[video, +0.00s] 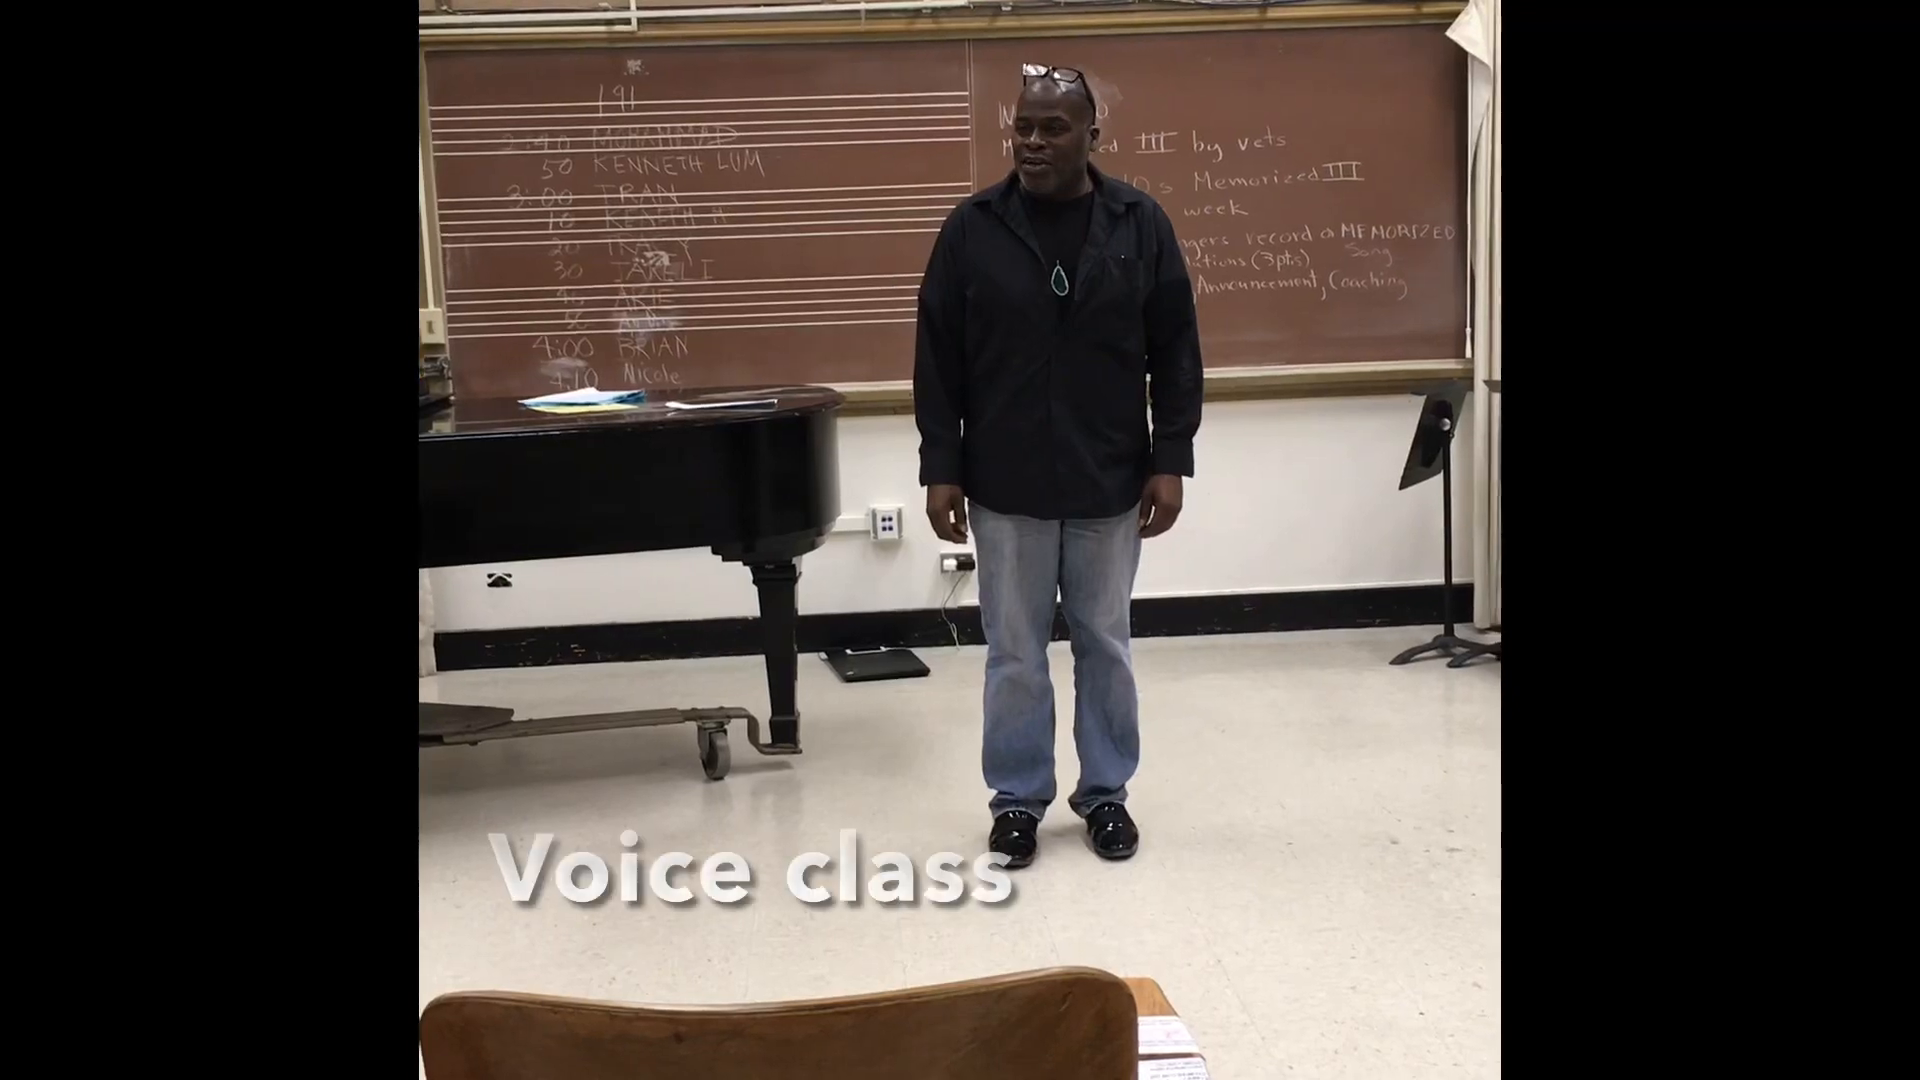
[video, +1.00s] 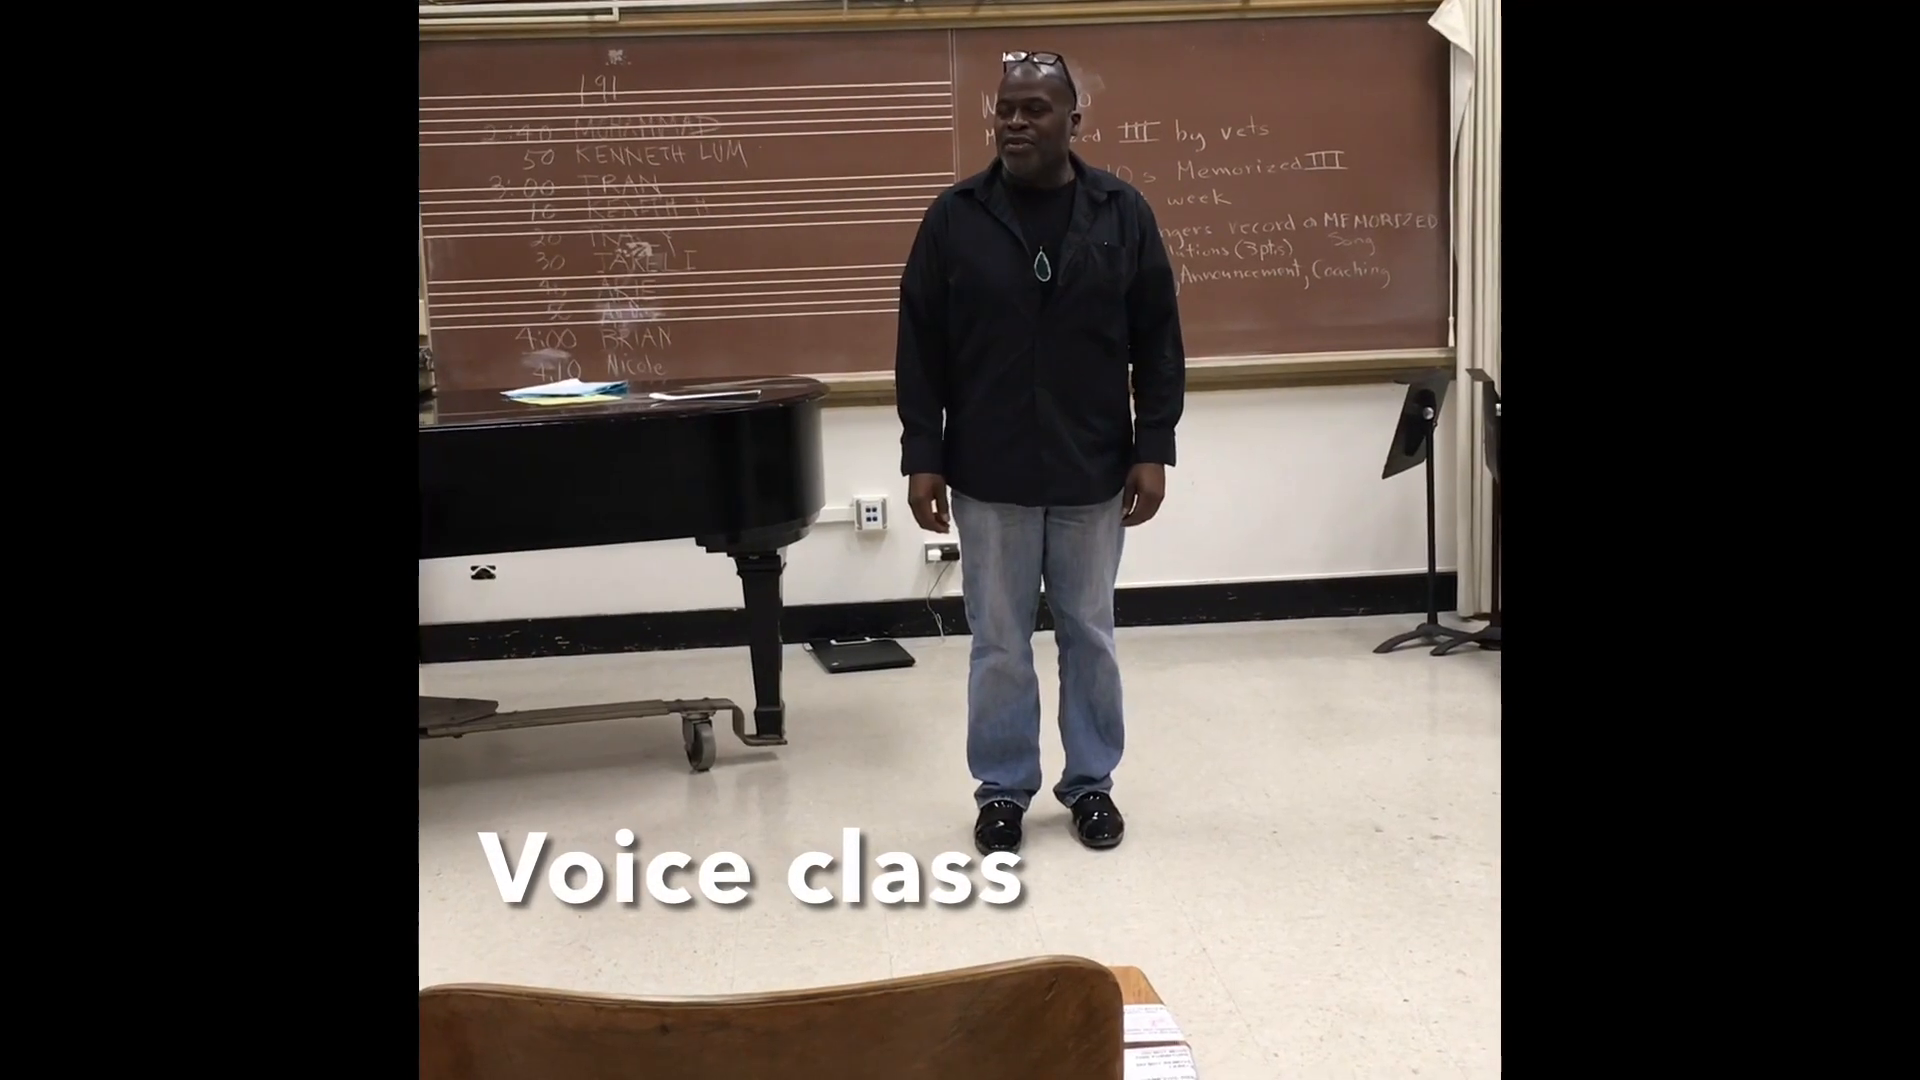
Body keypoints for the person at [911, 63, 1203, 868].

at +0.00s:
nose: (1033, 142)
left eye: (1051, 130)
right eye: (1023, 128)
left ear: (1092, 135)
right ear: (1010, 131)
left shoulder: (1139, 224)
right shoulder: (970, 229)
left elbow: (1176, 352)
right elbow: (938, 357)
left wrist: (1170, 463)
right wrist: (940, 470)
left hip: (1108, 474)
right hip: (1004, 476)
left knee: (1105, 644)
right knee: (1014, 651)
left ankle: (1106, 793)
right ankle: (1016, 800)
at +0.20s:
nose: (1029, 143)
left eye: (1048, 130)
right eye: (1019, 128)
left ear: (1088, 135)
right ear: (1006, 131)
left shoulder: (1135, 222)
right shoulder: (966, 226)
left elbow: (1172, 350)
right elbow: (934, 354)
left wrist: (1165, 461)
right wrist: (937, 467)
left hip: (1105, 471)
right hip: (1000, 474)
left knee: (1101, 642)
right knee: (1011, 649)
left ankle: (1102, 791)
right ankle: (1012, 798)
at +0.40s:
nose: (1024, 141)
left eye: (1042, 129)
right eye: (1014, 127)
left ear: (1083, 133)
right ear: (1002, 128)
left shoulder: (1129, 218)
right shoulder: (961, 224)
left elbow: (1167, 346)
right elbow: (929, 352)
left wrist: (1160, 458)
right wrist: (933, 465)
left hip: (1100, 469)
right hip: (995, 472)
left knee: (1097, 640)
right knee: (1007, 647)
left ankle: (1098, 789)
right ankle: (1007, 796)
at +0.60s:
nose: (1020, 137)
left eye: (1039, 125)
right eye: (1011, 122)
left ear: (1078, 130)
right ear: (997, 124)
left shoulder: (1126, 215)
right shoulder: (956, 220)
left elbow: (1163, 341)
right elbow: (923, 348)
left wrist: (1158, 454)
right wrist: (926, 461)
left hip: (1096, 464)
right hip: (991, 467)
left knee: (1093, 636)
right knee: (1002, 643)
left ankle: (1094, 787)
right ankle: (1004, 794)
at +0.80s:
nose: (1018, 131)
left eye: (1036, 118)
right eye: (1008, 116)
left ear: (1076, 125)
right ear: (994, 121)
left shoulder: (1123, 214)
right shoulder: (954, 219)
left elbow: (1161, 341)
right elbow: (921, 346)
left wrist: (1155, 452)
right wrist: (924, 459)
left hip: (1093, 464)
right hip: (989, 466)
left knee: (1090, 635)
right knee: (999, 642)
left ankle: (1092, 786)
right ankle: (1001, 792)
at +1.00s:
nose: (1014, 123)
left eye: (1034, 110)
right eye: (1005, 109)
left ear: (1074, 119)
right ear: (992, 117)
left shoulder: (1122, 213)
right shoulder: (953, 217)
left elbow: (1158, 339)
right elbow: (919, 343)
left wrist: (1152, 451)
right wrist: (921, 459)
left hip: (1092, 462)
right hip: (988, 464)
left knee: (1089, 633)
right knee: (999, 640)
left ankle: (1091, 784)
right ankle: (1001, 792)